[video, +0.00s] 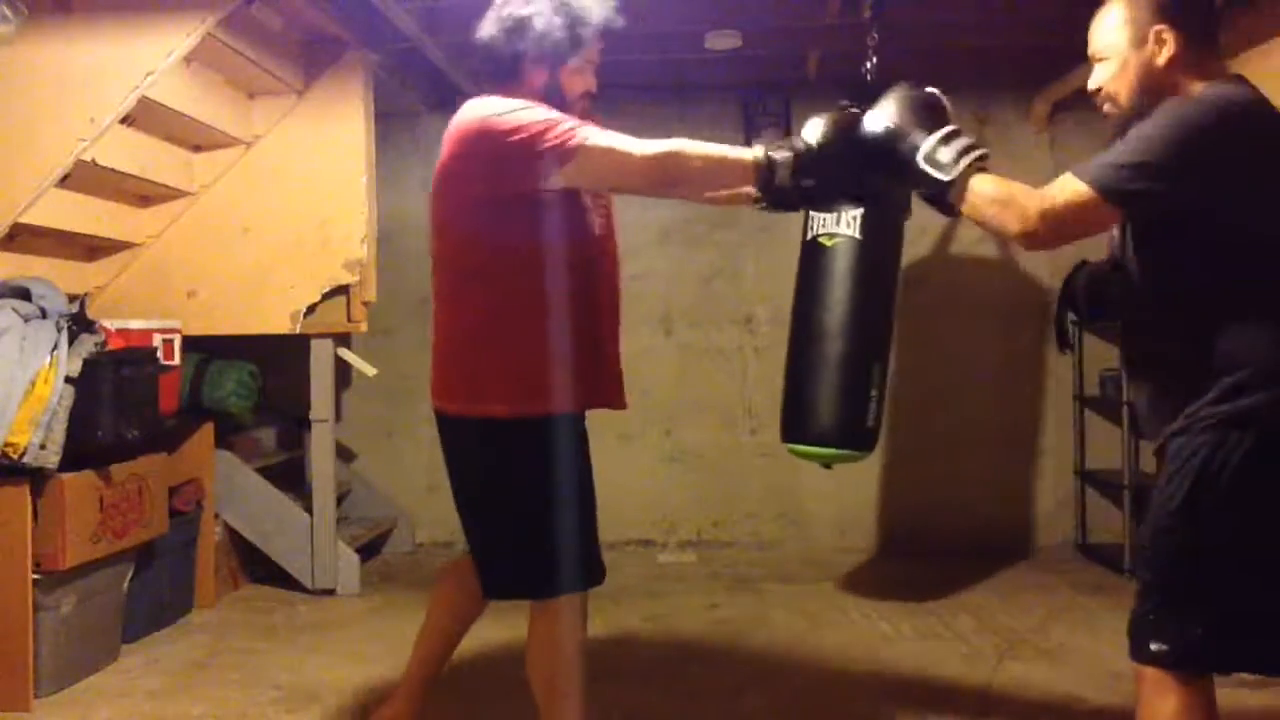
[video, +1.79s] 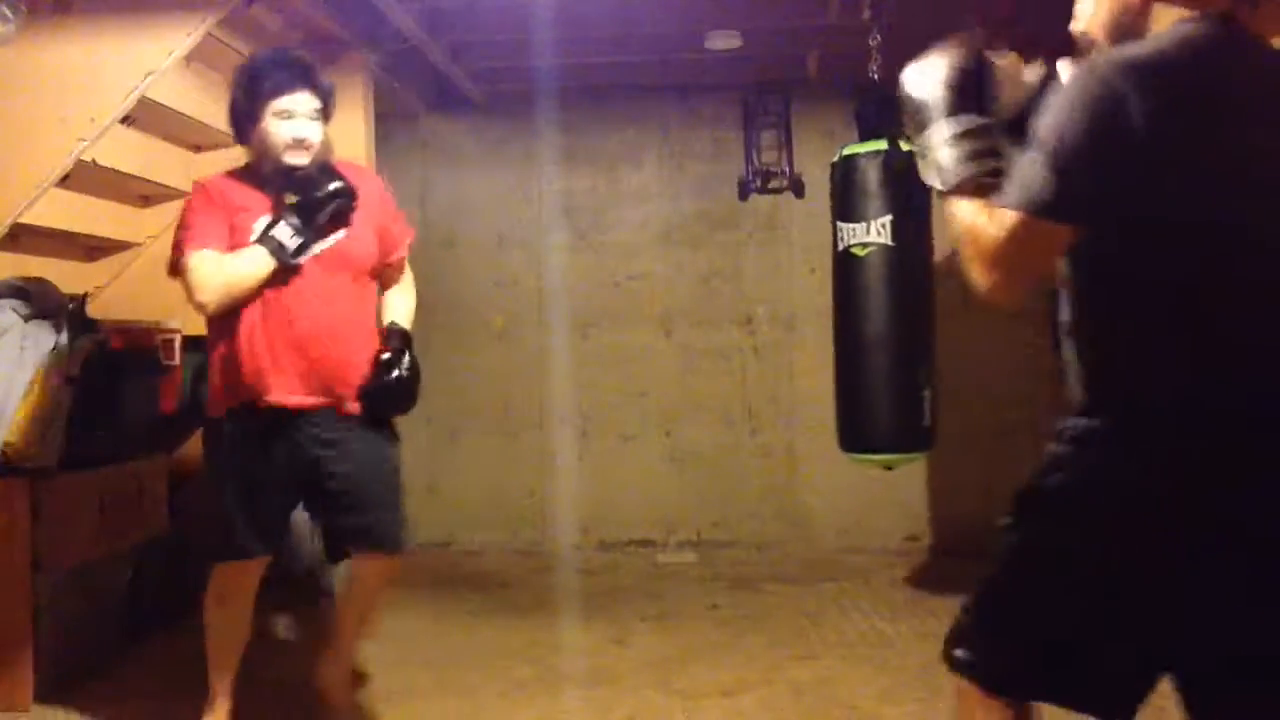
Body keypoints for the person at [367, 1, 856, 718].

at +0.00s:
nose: (594, 85)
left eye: (596, 67)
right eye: (585, 66)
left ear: (542, 70)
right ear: (536, 63)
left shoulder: (551, 138)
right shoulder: (492, 127)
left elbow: (672, 178)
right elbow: (648, 164)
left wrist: (784, 182)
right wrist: (781, 163)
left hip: (537, 397)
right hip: (506, 402)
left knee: (487, 560)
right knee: (560, 585)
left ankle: (404, 701)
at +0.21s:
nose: (537, 105)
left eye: (540, 87)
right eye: (527, 86)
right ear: (475, 83)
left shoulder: (513, 160)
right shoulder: (432, 152)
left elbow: (603, 220)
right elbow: (556, 206)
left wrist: (714, 196)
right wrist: (686, 177)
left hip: (518, 426)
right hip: (485, 432)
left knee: (497, 580)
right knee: (584, 583)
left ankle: (392, 706)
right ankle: (570, 716)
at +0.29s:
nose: (516, 82)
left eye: (518, 65)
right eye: (502, 63)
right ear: (448, 62)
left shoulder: (504, 142)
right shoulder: (406, 118)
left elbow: (568, 213)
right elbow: (471, 198)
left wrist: (630, 203)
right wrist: (590, 191)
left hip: (499, 401)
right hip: (446, 406)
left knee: (453, 586)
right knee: (535, 600)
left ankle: (380, 706)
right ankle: (551, 712)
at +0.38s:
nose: (491, 55)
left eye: (495, 42)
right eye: (476, 36)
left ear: (491, 57)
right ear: (424, 39)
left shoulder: (494, 134)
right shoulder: (384, 95)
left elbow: (538, 196)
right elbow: (400, 187)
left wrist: (579, 207)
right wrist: (517, 210)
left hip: (483, 377)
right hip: (421, 380)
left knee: (432, 571)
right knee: (480, 580)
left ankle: (376, 705)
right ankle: (485, 710)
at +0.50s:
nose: (467, 68)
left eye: (470, 54)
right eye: (455, 51)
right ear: (404, 51)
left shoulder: (455, 140)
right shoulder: (354, 113)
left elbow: (477, 239)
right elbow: (349, 231)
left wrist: (526, 264)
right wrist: (462, 262)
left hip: (456, 380)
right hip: (384, 382)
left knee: (512, 545)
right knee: (398, 576)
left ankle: (417, 703)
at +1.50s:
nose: (389, 144)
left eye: (395, 131)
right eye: (374, 126)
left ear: (401, 138)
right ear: (327, 130)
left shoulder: (408, 211)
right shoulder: (280, 206)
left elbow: (439, 295)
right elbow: (286, 325)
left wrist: (448, 338)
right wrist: (376, 276)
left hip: (416, 434)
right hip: (317, 443)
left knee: (466, 569)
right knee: (285, 582)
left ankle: (446, 712)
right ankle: (220, 709)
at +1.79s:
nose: (304, 129)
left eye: (315, 114)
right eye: (286, 114)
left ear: (327, 121)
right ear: (249, 124)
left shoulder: (360, 187)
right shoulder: (218, 197)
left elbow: (397, 276)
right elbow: (209, 292)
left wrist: (395, 347)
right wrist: (293, 228)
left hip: (348, 411)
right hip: (252, 414)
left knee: (381, 549)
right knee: (239, 560)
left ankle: (337, 671)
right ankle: (219, 699)